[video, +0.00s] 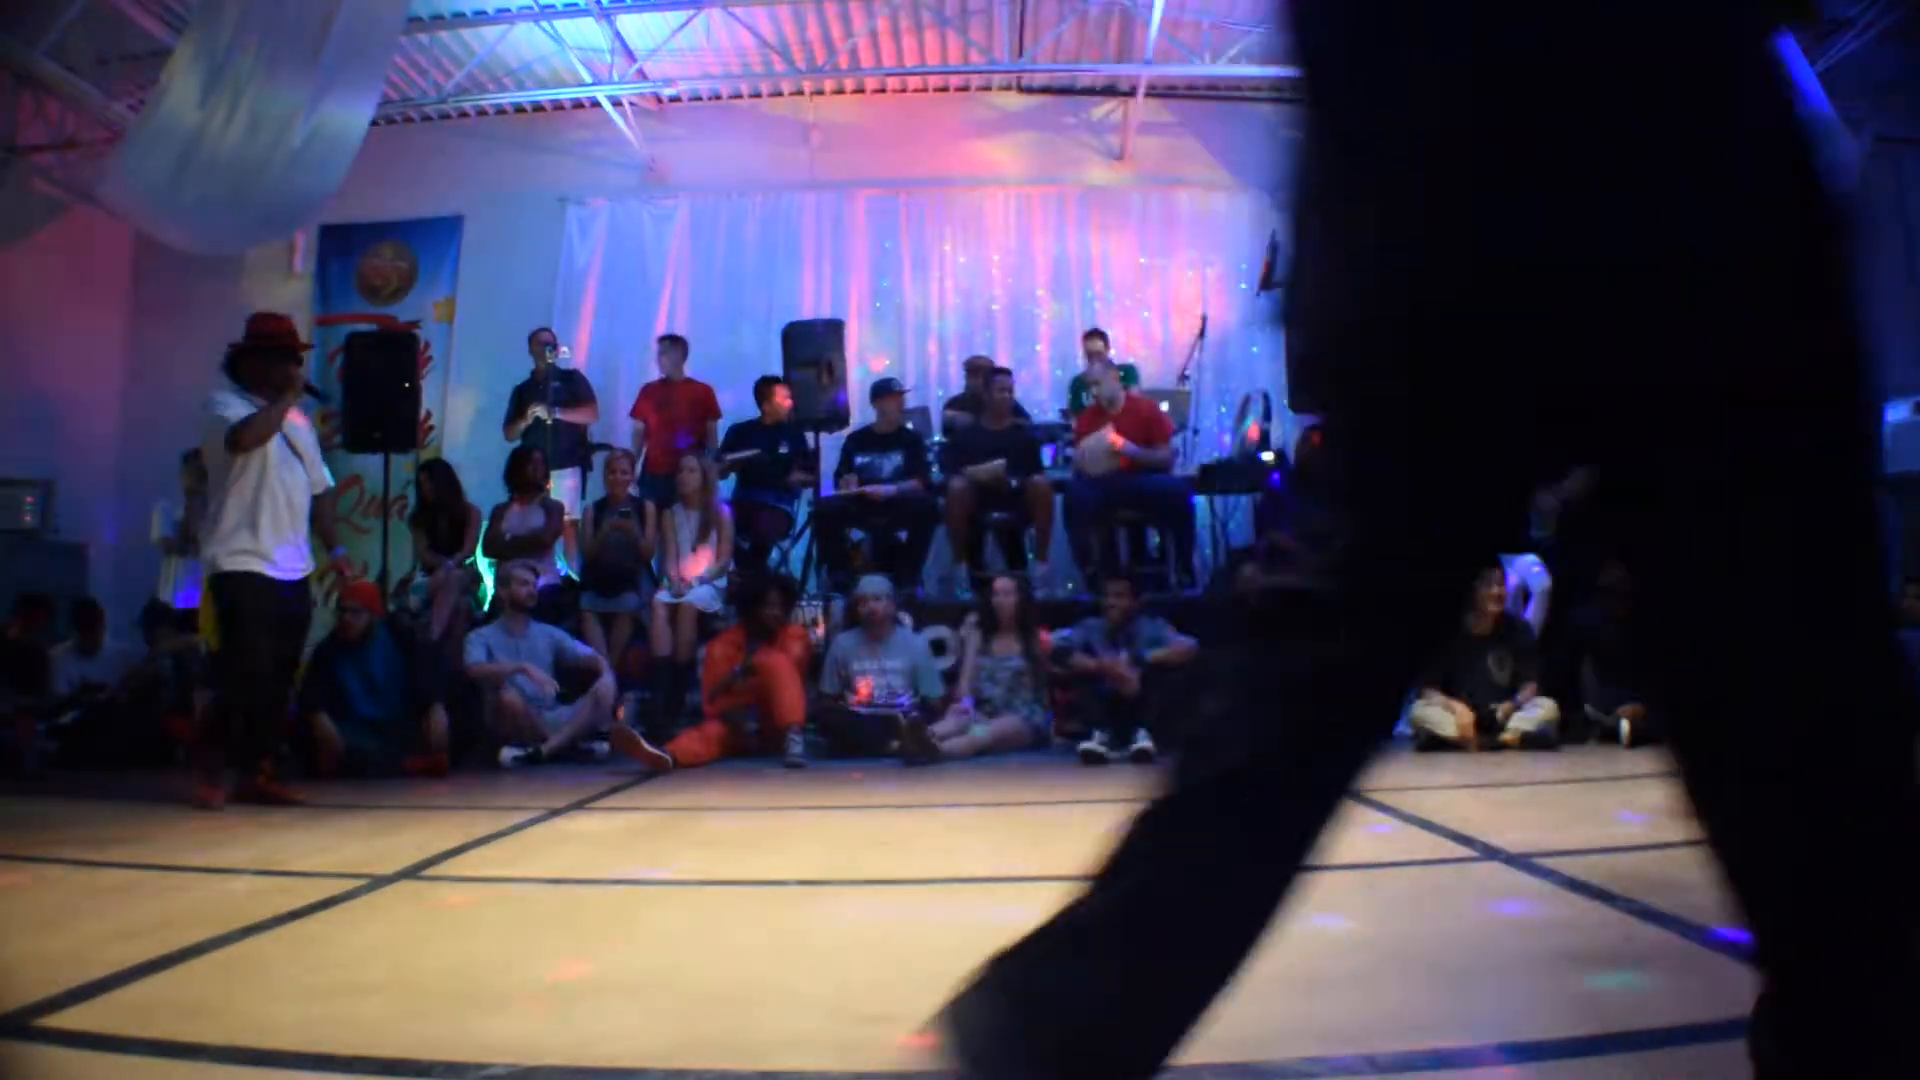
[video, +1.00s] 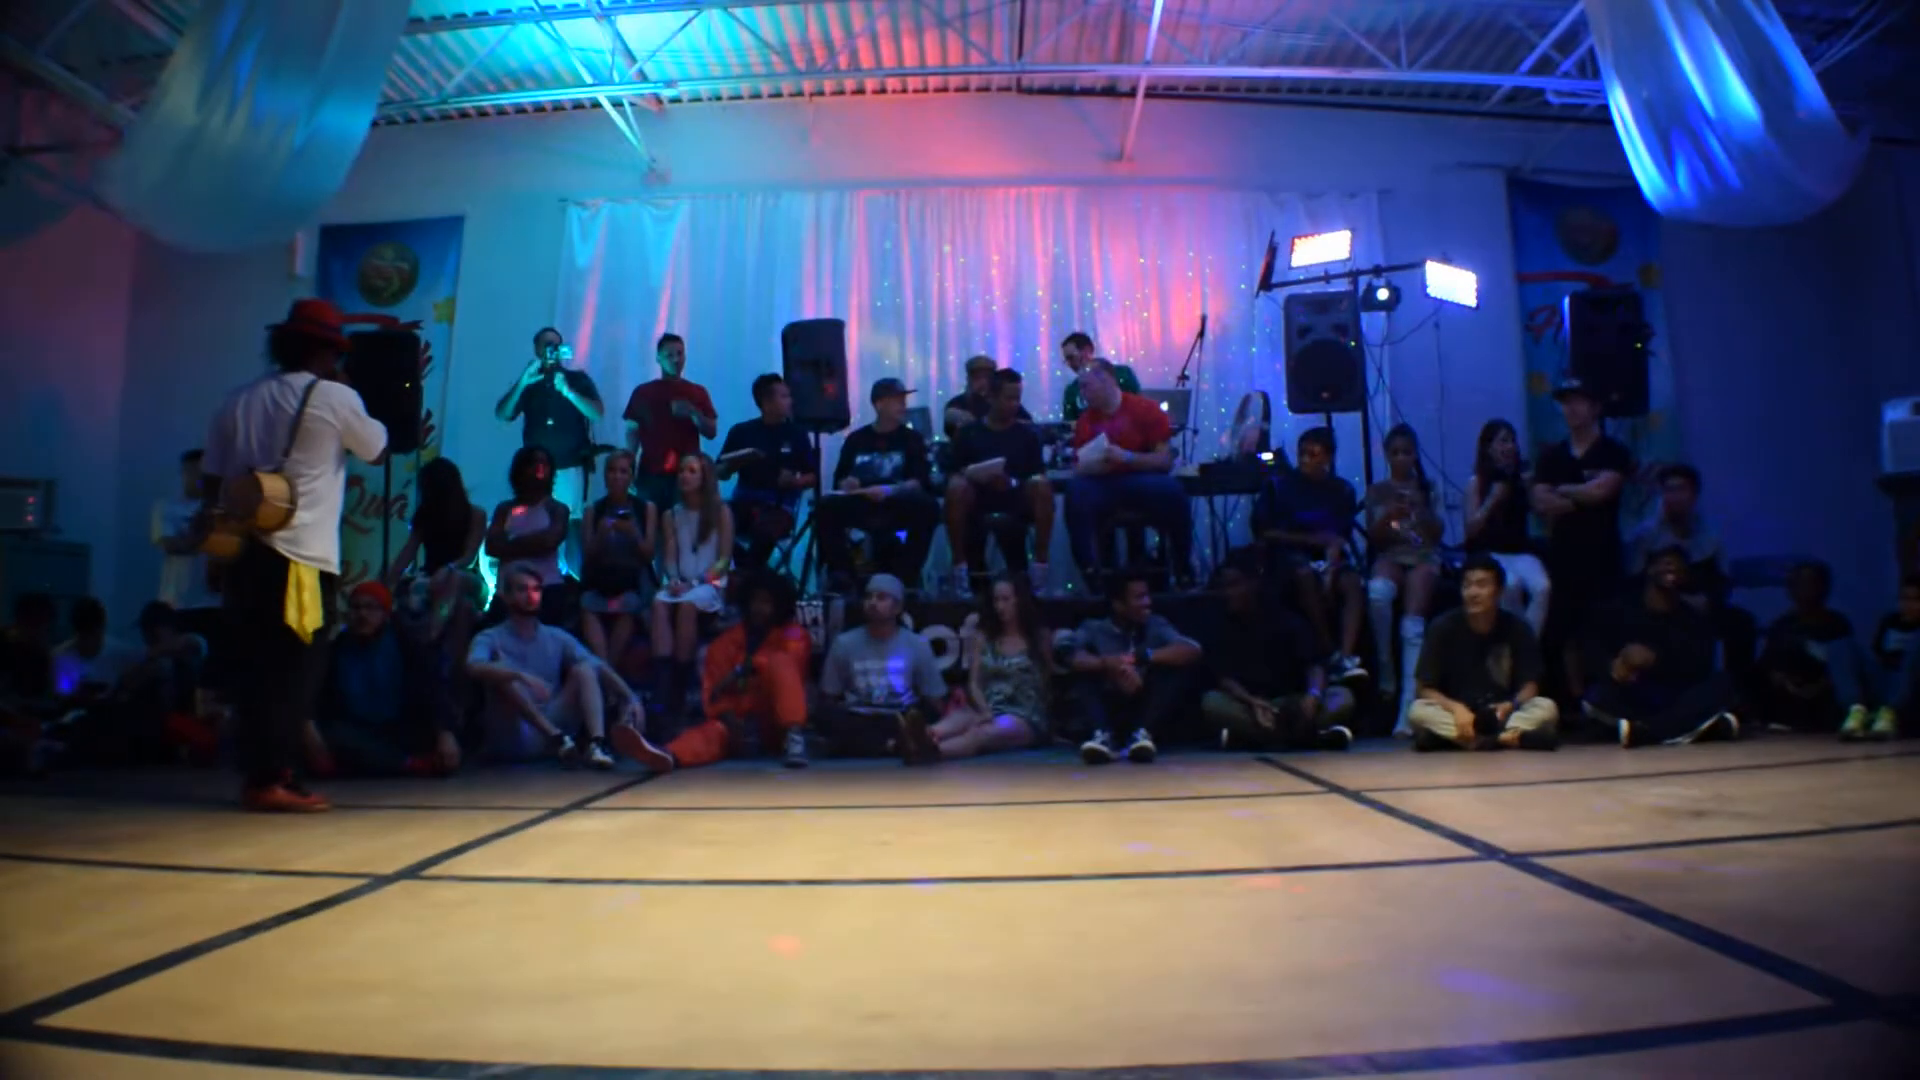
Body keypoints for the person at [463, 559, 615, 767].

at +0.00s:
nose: (532, 590)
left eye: (534, 585)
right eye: (524, 584)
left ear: (537, 589)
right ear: (503, 592)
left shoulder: (548, 634)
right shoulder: (480, 637)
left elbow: (592, 658)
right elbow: (475, 670)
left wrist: (607, 678)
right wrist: (523, 668)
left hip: (553, 713)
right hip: (512, 719)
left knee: (604, 689)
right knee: (509, 698)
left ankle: (545, 750)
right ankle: (562, 747)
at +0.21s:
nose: (527, 589)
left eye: (529, 584)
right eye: (519, 583)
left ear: (533, 589)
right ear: (500, 589)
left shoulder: (544, 632)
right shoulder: (478, 636)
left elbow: (591, 649)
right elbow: (468, 667)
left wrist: (612, 672)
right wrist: (515, 664)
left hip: (548, 710)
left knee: (588, 667)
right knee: (503, 696)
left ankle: (550, 741)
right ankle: (564, 744)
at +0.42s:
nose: (530, 590)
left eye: (532, 585)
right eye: (521, 584)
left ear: (537, 591)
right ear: (502, 592)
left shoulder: (551, 635)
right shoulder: (482, 638)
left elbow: (593, 661)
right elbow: (468, 669)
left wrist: (624, 688)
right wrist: (504, 674)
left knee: (579, 665)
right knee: (513, 682)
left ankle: (583, 737)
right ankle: (559, 739)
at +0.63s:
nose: (539, 595)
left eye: (540, 589)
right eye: (530, 589)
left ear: (543, 593)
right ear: (510, 597)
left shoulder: (556, 636)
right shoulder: (492, 639)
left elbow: (599, 667)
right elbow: (474, 669)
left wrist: (630, 703)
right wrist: (512, 684)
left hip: (558, 722)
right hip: (515, 728)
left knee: (582, 670)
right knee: (514, 688)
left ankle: (594, 742)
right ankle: (565, 741)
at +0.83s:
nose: (536, 596)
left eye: (539, 590)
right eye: (527, 590)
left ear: (544, 594)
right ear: (510, 595)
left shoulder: (558, 637)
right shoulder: (492, 638)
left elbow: (597, 668)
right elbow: (474, 666)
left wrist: (628, 701)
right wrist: (513, 680)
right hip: (516, 729)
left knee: (586, 672)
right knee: (510, 690)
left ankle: (600, 741)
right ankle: (560, 739)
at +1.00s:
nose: (531, 596)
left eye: (536, 589)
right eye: (522, 590)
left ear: (541, 594)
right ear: (506, 597)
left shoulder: (556, 637)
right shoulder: (489, 639)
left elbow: (596, 665)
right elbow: (475, 667)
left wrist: (631, 700)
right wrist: (523, 678)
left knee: (584, 670)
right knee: (509, 683)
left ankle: (596, 742)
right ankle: (557, 738)